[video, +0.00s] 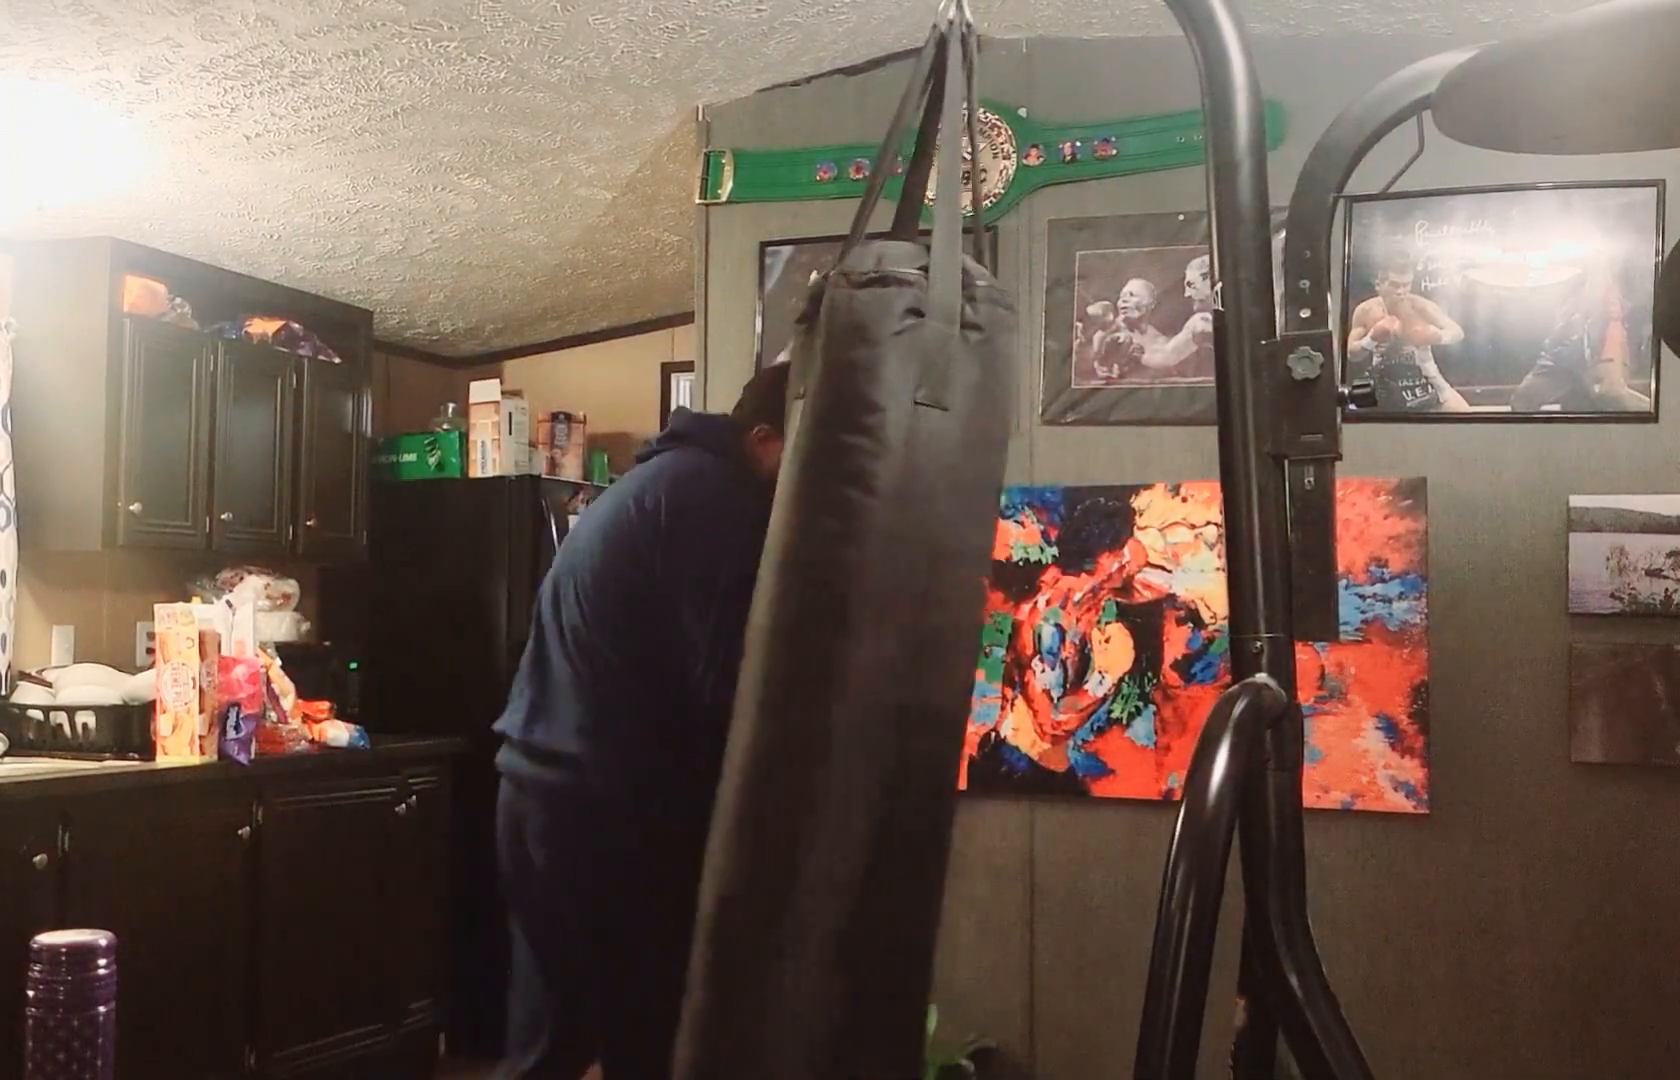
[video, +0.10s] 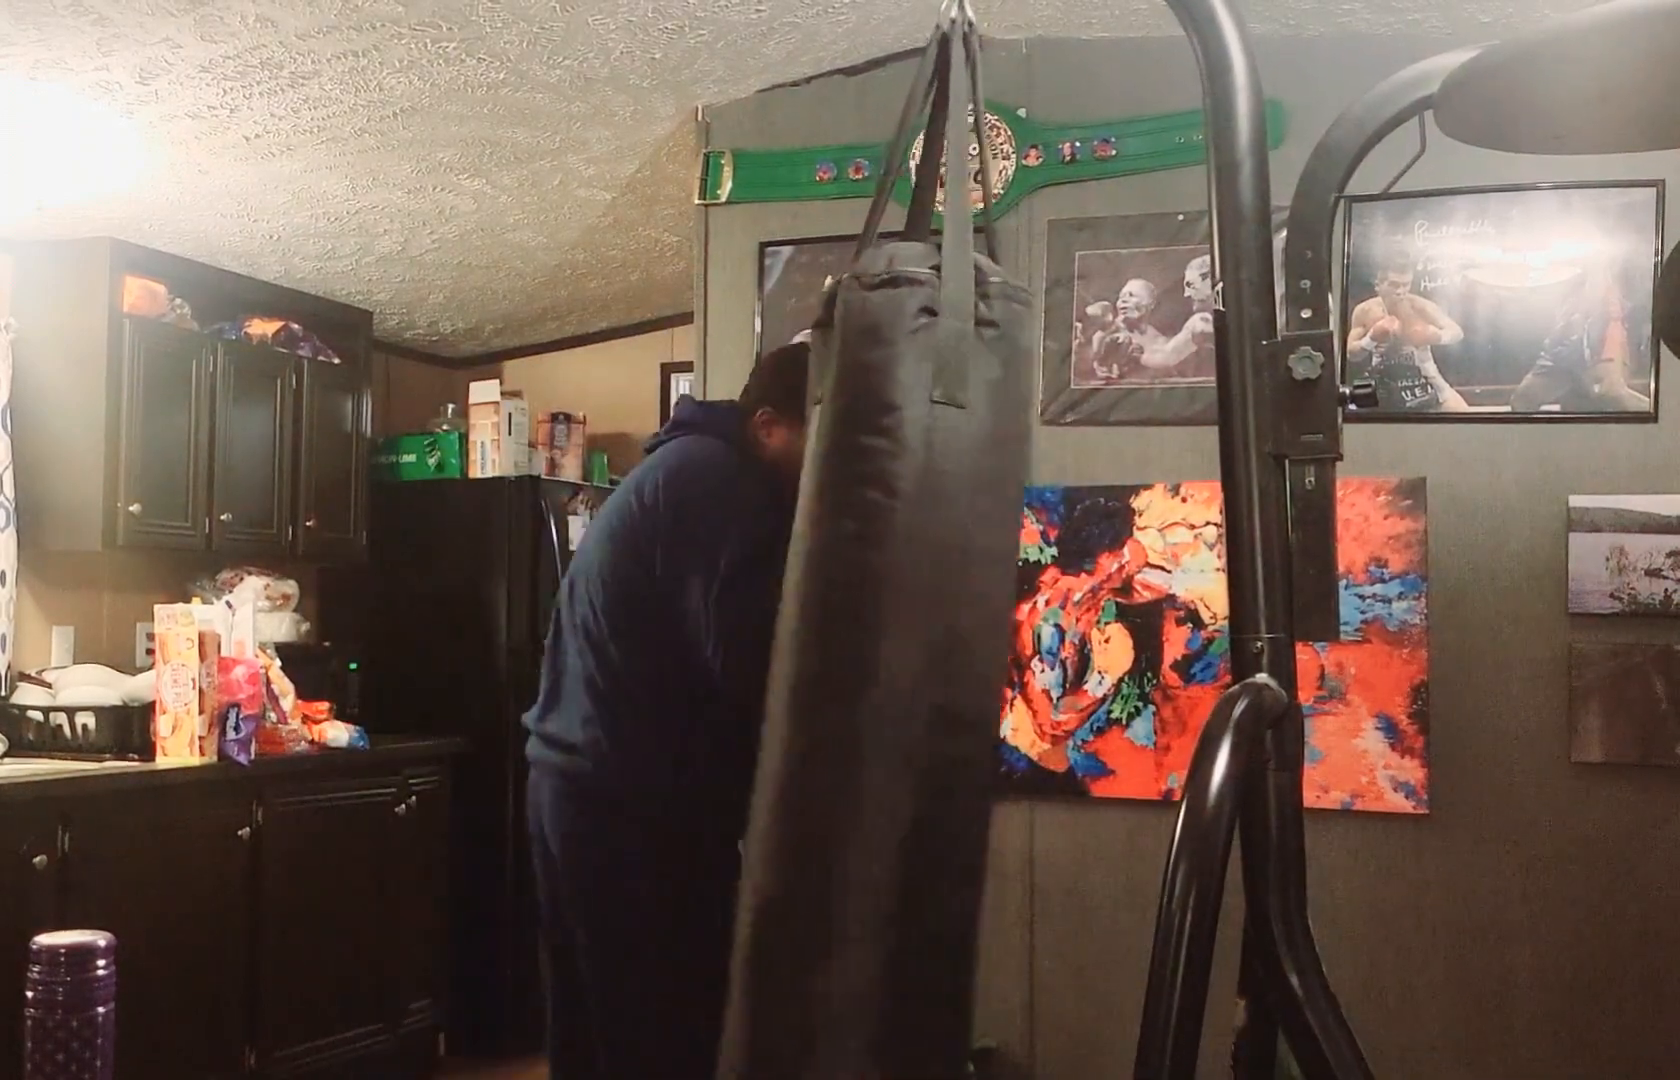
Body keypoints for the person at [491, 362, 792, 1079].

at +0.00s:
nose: (798, 484)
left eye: (807, 468)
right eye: (802, 464)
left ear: (755, 432)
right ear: (771, 440)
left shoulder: (658, 476)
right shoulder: (720, 495)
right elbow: (734, 679)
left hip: (535, 785)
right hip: (610, 803)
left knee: (548, 1030)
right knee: (644, 1034)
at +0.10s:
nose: (817, 466)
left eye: (823, 446)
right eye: (816, 443)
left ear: (764, 419)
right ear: (772, 423)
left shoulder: (679, 467)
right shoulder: (730, 485)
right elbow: (749, 667)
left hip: (574, 779)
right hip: (628, 792)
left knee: (596, 1015)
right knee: (658, 1019)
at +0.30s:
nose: (849, 492)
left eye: (854, 476)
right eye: (845, 473)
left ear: (783, 456)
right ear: (782, 456)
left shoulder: (756, 512)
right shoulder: (700, 503)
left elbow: (831, 660)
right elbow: (730, 654)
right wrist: (806, 524)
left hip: (703, 810)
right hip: (650, 811)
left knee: (739, 1029)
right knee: (687, 1037)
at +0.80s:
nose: (862, 486)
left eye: (874, 469)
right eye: (844, 469)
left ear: (885, 457)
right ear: (793, 448)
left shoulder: (857, 526)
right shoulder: (724, 495)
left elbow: (880, 677)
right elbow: (629, 608)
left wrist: (894, 571)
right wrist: (772, 556)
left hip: (767, 793)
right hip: (680, 786)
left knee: (760, 1016)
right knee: (709, 1019)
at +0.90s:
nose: (888, 487)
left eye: (900, 470)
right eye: (870, 468)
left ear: (912, 456)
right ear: (818, 444)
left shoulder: (857, 525)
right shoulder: (763, 482)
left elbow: (873, 675)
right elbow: (693, 539)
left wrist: (908, 586)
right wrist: (859, 553)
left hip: (748, 805)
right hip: (678, 799)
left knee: (754, 1034)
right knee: (704, 1033)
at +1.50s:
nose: (873, 490)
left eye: (877, 475)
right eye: (864, 473)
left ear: (825, 467)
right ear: (823, 464)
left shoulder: (829, 533)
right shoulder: (746, 499)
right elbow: (641, 581)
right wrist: (782, 594)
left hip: (739, 798)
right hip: (667, 793)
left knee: (759, 1027)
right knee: (710, 1034)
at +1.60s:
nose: (854, 412)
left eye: (847, 396)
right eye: (841, 395)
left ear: (789, 407)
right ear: (798, 406)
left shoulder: (766, 488)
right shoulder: (782, 492)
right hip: (677, 801)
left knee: (683, 1025)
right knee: (707, 1034)